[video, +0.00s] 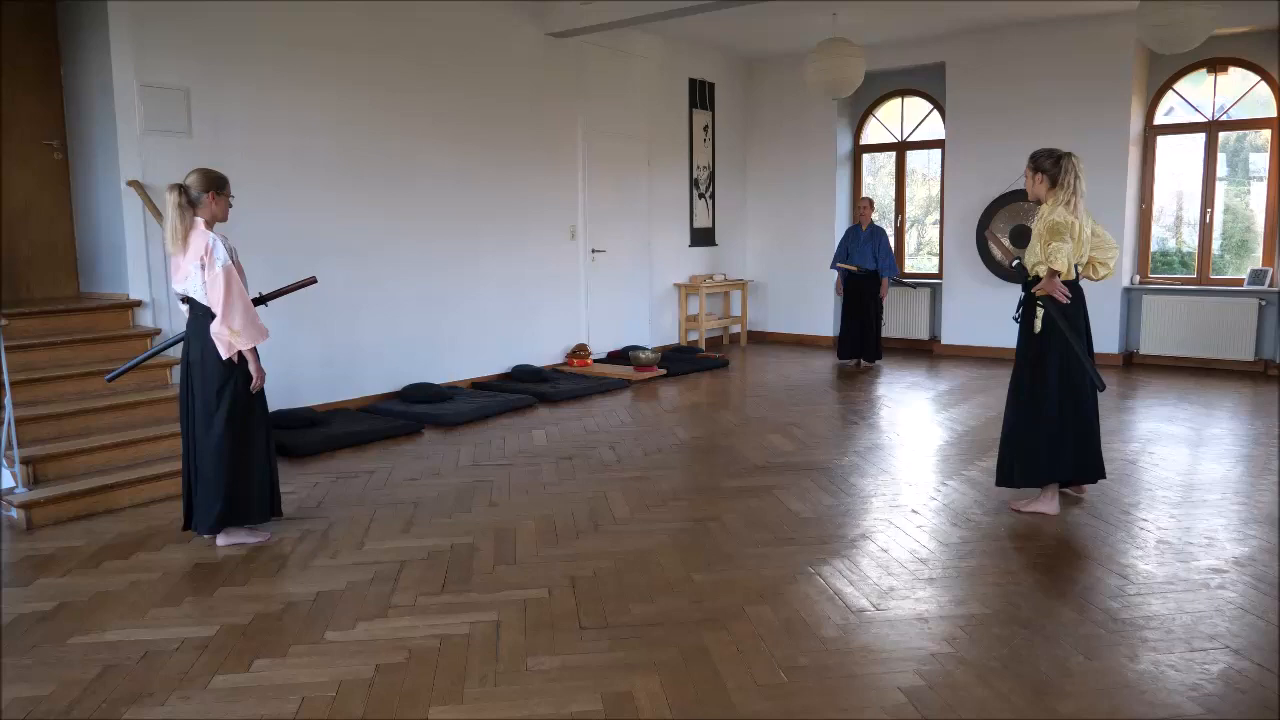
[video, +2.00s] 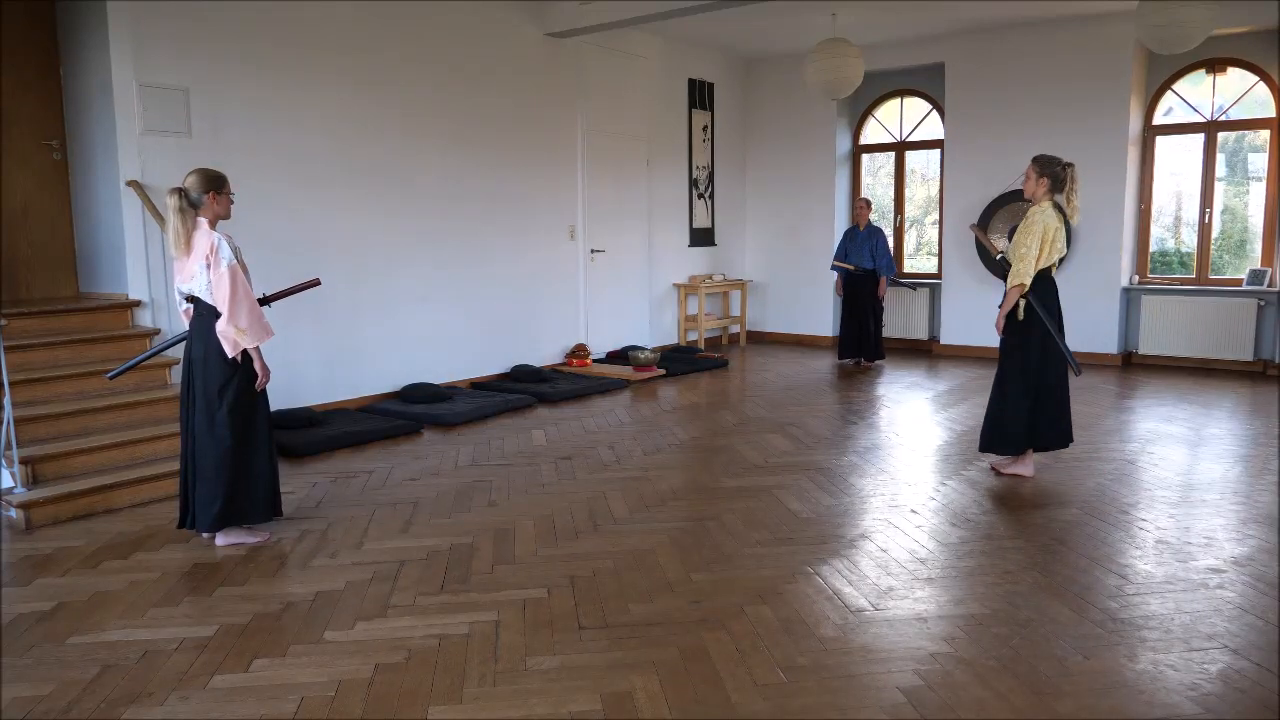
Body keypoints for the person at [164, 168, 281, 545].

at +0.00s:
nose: (231, 205)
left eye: (230, 198)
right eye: (228, 198)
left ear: (203, 199)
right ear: (211, 199)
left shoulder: (183, 239)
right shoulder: (213, 244)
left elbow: (194, 297)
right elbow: (230, 306)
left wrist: (240, 300)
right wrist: (252, 356)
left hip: (198, 343)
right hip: (220, 346)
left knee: (209, 432)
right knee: (229, 434)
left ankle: (215, 520)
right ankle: (230, 526)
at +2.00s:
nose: (232, 202)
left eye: (231, 195)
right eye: (229, 196)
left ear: (203, 199)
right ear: (212, 199)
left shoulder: (184, 241)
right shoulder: (218, 242)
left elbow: (186, 304)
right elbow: (234, 304)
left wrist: (207, 331)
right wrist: (255, 352)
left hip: (200, 344)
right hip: (225, 345)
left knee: (209, 432)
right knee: (232, 433)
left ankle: (212, 521)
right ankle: (230, 526)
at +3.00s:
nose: (237, 206)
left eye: (236, 199)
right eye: (234, 200)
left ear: (203, 202)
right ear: (219, 202)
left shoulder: (186, 245)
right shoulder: (224, 244)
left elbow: (185, 303)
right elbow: (242, 304)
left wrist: (201, 334)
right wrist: (264, 349)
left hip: (201, 340)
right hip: (232, 339)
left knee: (213, 425)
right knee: (260, 415)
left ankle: (216, 515)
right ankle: (276, 502)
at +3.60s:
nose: (288, 205)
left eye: (286, 199)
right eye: (285, 200)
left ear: (256, 203)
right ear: (271, 202)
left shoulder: (237, 245)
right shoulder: (280, 242)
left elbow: (236, 301)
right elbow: (294, 299)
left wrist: (252, 327)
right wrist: (312, 344)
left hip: (251, 332)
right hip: (281, 332)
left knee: (247, 413)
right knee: (298, 411)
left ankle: (221, 500)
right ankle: (306, 493)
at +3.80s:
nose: (305, 204)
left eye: (304, 199)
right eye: (302, 199)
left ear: (275, 201)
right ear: (289, 201)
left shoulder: (254, 244)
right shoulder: (298, 240)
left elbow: (256, 298)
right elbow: (314, 297)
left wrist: (273, 324)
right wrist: (333, 339)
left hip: (272, 330)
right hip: (302, 330)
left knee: (275, 406)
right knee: (309, 408)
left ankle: (254, 486)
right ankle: (305, 493)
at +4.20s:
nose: (337, 210)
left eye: (336, 204)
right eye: (335, 204)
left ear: (310, 206)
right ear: (322, 206)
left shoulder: (290, 246)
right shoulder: (329, 242)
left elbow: (290, 301)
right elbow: (342, 298)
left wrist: (307, 325)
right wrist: (358, 340)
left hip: (306, 331)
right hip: (331, 330)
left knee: (314, 408)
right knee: (340, 406)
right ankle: (305, 491)